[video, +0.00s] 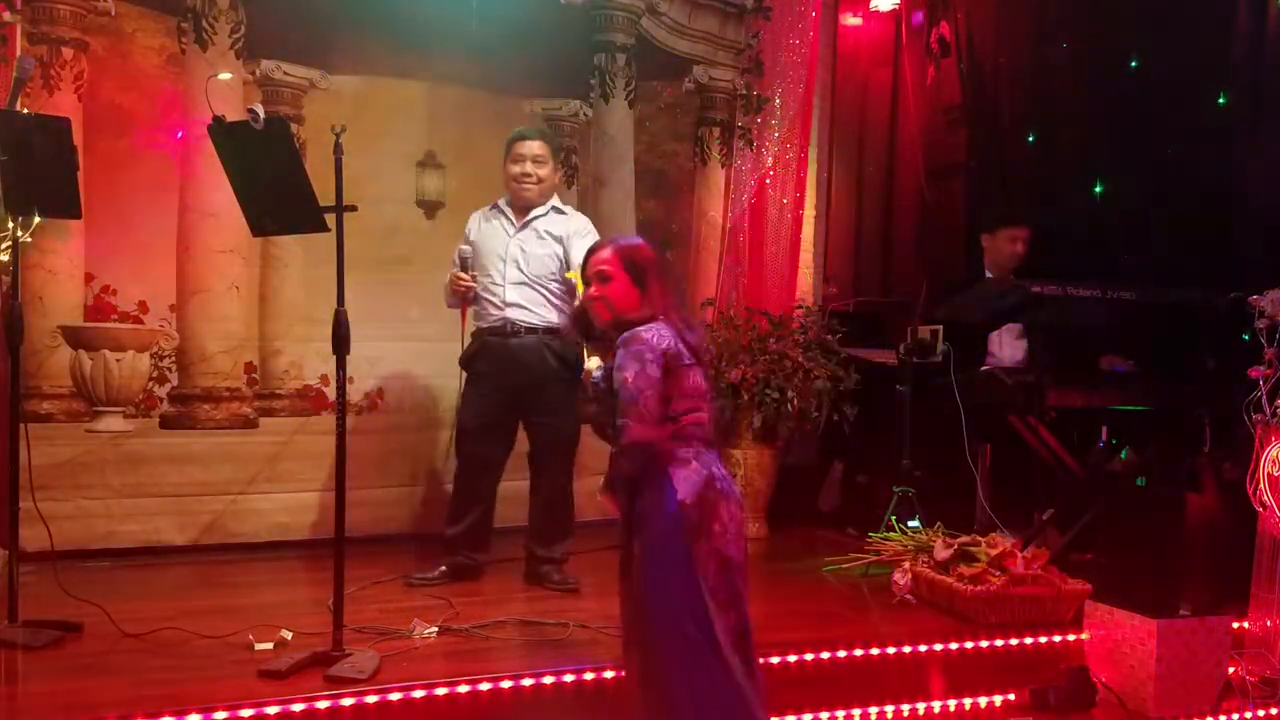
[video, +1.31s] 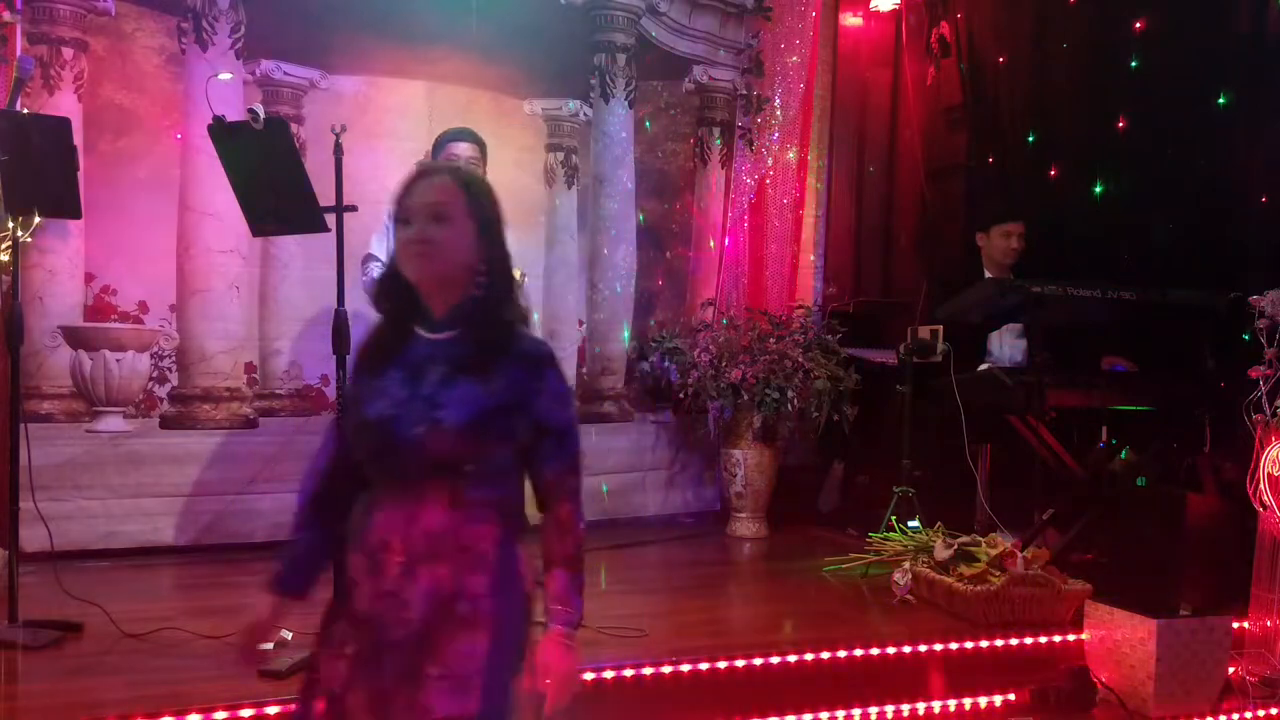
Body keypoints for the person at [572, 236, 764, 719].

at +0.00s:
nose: (593, 291)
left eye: (604, 279)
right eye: (589, 282)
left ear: (639, 283)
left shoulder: (640, 342)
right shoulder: (676, 336)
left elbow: (640, 433)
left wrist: (614, 486)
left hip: (671, 494)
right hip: (708, 484)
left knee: (671, 622)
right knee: (705, 616)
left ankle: (686, 714)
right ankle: (721, 710)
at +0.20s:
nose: (592, 281)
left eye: (606, 268)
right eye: (584, 272)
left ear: (640, 278)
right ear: (577, 286)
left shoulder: (650, 342)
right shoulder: (630, 343)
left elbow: (658, 442)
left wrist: (617, 487)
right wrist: (619, 483)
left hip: (677, 506)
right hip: (659, 503)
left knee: (670, 633)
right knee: (655, 629)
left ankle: (681, 714)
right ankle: (663, 711)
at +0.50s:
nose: (599, 271)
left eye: (616, 261)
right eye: (588, 259)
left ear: (641, 281)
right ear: (571, 278)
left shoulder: (655, 356)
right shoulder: (573, 362)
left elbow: (684, 465)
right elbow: (557, 463)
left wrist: (609, 516)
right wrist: (541, 522)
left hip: (654, 554)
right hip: (601, 553)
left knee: (640, 696)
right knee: (616, 695)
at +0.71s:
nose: (588, 265)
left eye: (605, 254)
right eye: (575, 253)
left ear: (630, 274)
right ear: (556, 272)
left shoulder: (650, 359)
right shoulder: (547, 362)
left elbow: (684, 466)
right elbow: (520, 461)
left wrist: (599, 530)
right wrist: (482, 522)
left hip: (630, 572)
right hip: (550, 568)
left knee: (624, 702)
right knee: (539, 698)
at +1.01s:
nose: (520, 260)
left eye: (539, 245)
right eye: (508, 247)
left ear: (575, 269)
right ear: (494, 267)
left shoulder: (605, 376)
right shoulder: (475, 372)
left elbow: (621, 498)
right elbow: (455, 486)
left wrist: (551, 587)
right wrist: (435, 576)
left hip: (571, 582)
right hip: (472, 580)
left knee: (573, 709)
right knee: (455, 708)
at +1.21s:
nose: (450, 245)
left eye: (471, 230)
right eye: (439, 232)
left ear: (510, 252)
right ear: (425, 252)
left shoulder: (549, 370)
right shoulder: (413, 361)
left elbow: (573, 508)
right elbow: (380, 481)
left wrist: (566, 626)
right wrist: (346, 589)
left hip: (499, 592)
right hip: (403, 586)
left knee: (482, 705)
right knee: (389, 705)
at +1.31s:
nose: (418, 234)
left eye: (439, 218)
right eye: (406, 221)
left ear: (484, 241)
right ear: (393, 242)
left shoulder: (525, 363)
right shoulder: (378, 355)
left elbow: (560, 504)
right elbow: (336, 480)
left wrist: (562, 627)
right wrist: (287, 593)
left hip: (472, 592)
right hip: (374, 591)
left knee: (455, 709)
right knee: (354, 709)